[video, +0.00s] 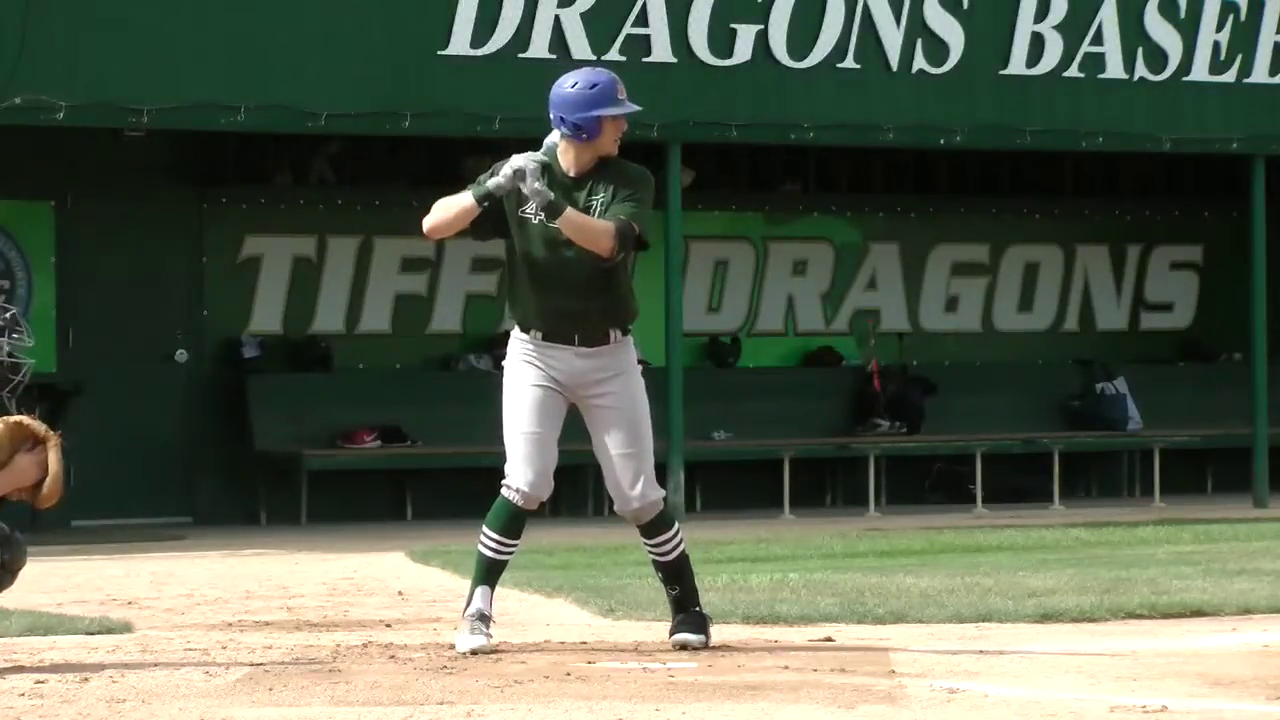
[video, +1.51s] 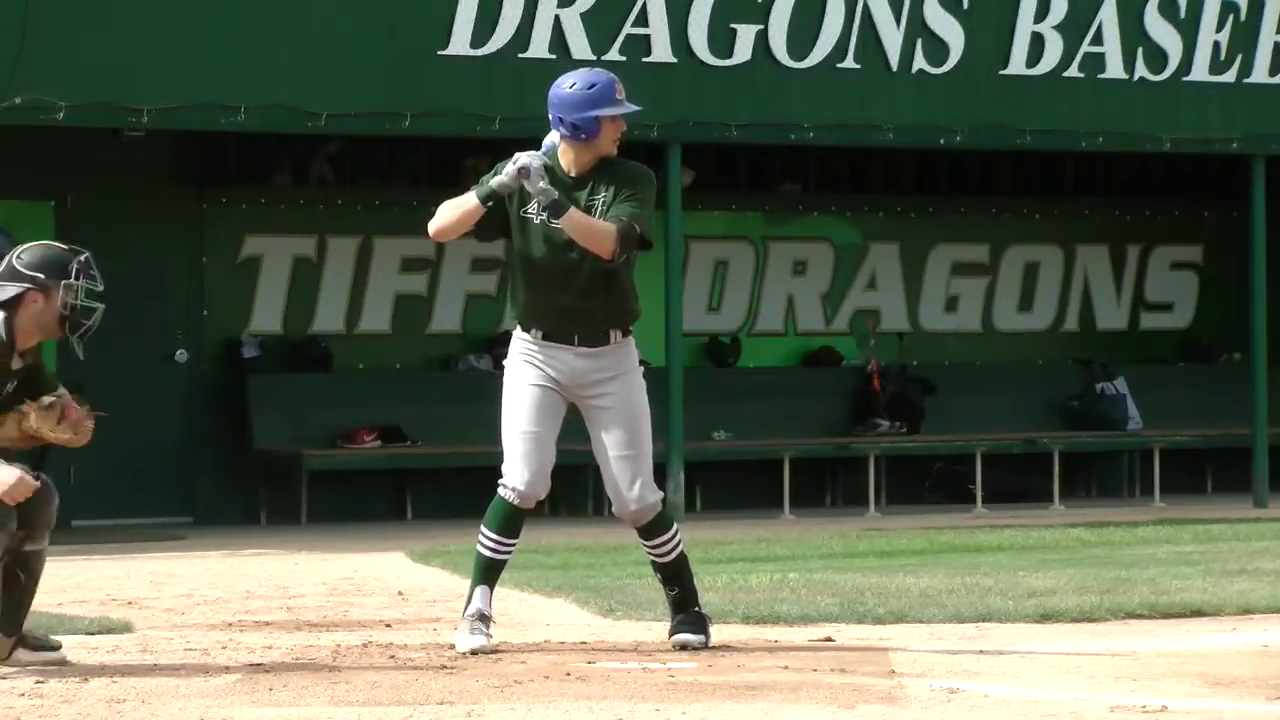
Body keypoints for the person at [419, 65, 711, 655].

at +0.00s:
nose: (623, 126)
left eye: (621, 117)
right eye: (614, 119)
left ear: (593, 122)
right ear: (582, 124)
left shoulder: (628, 179)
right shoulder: (520, 172)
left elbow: (615, 242)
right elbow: (433, 226)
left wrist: (551, 209)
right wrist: (489, 192)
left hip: (610, 358)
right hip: (533, 354)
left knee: (638, 494)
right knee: (526, 484)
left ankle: (687, 611)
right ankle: (477, 610)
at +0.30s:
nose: (624, 127)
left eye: (622, 118)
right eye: (614, 120)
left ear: (598, 123)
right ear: (582, 124)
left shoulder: (630, 179)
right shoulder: (524, 172)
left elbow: (615, 245)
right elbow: (437, 227)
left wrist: (552, 202)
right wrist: (496, 183)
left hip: (611, 358)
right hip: (534, 354)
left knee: (639, 496)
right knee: (525, 483)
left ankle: (687, 611)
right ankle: (477, 609)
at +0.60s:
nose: (624, 127)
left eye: (622, 118)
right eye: (615, 119)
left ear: (598, 123)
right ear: (582, 124)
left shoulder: (631, 179)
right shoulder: (522, 173)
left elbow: (615, 244)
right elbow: (438, 228)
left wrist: (554, 200)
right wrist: (494, 184)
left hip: (612, 358)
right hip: (534, 354)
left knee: (639, 498)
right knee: (524, 483)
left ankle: (687, 611)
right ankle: (478, 608)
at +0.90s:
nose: (624, 126)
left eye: (621, 117)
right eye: (614, 119)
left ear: (597, 122)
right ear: (582, 124)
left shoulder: (631, 179)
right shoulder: (523, 174)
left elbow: (616, 244)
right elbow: (439, 228)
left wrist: (553, 202)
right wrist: (495, 186)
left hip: (612, 358)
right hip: (534, 354)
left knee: (639, 498)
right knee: (524, 483)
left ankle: (687, 611)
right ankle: (478, 608)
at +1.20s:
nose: (623, 127)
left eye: (621, 118)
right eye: (613, 120)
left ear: (599, 122)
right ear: (580, 125)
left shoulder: (631, 178)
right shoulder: (523, 171)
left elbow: (616, 244)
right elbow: (439, 229)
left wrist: (554, 205)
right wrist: (493, 191)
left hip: (612, 358)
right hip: (534, 354)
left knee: (638, 498)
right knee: (523, 483)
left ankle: (687, 612)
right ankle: (477, 611)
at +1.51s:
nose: (622, 127)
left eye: (620, 118)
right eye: (612, 120)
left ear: (599, 122)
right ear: (579, 125)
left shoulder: (631, 178)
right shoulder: (523, 171)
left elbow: (616, 244)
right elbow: (439, 229)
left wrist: (554, 205)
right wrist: (493, 191)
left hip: (611, 358)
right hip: (534, 354)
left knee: (637, 498)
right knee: (523, 482)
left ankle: (687, 612)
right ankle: (477, 610)